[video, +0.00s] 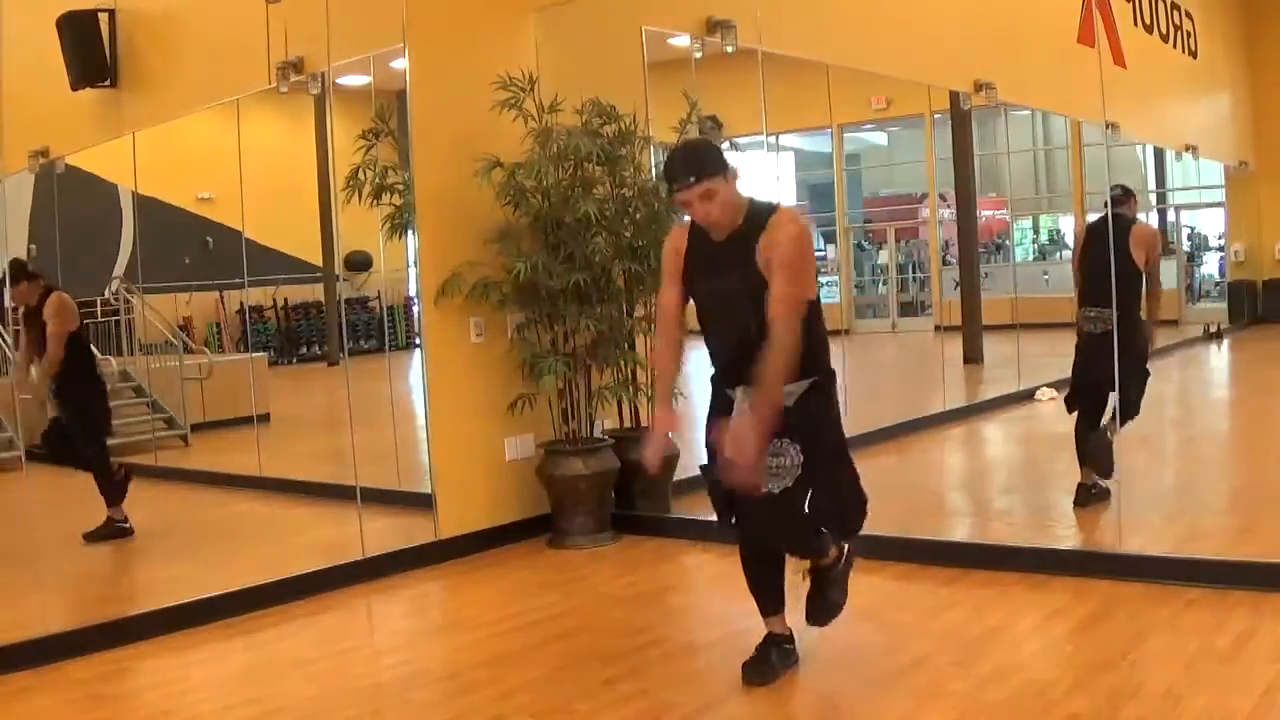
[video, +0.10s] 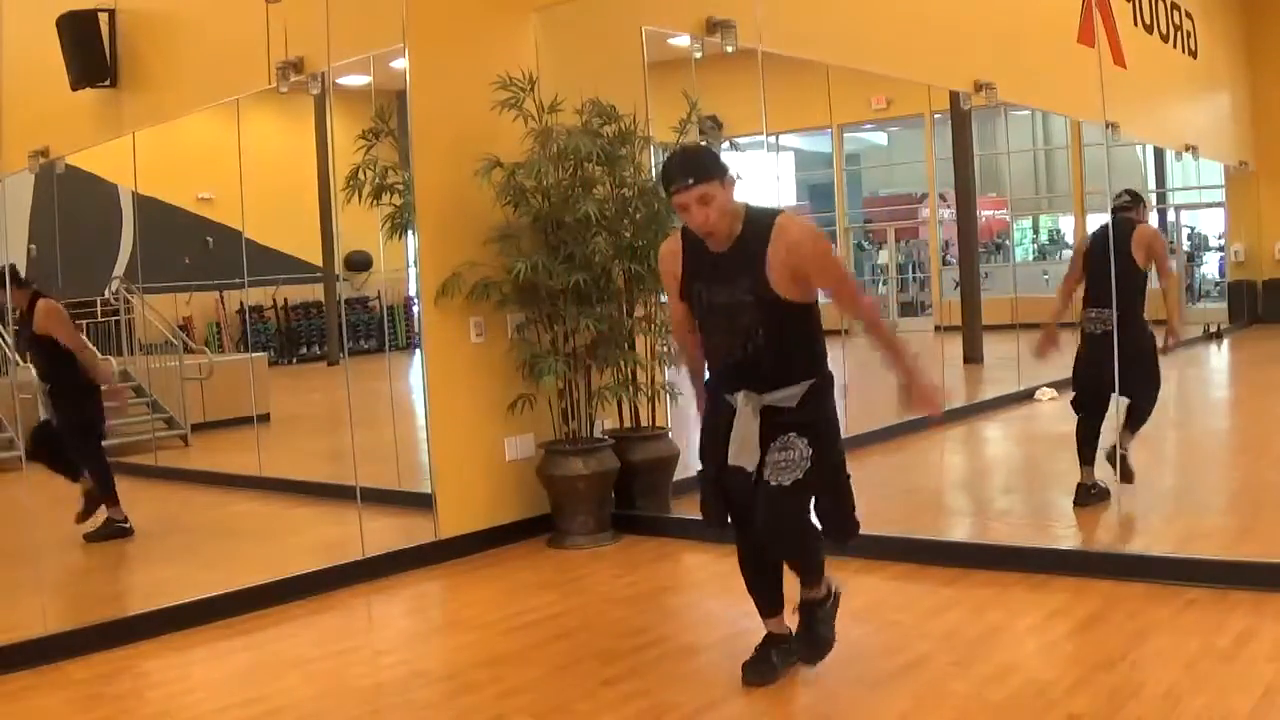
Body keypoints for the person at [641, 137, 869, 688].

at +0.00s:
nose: (699, 214)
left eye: (706, 198)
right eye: (687, 205)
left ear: (731, 180)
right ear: (678, 201)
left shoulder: (784, 229)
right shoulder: (683, 241)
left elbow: (785, 334)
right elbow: (669, 332)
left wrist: (756, 419)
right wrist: (662, 411)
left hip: (798, 392)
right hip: (734, 395)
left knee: (776, 509)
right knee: (749, 515)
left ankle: (828, 555)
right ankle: (777, 637)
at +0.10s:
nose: (697, 218)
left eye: (704, 201)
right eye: (683, 208)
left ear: (728, 185)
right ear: (673, 207)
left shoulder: (790, 235)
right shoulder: (677, 252)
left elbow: (859, 305)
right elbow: (685, 332)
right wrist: (701, 395)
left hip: (797, 401)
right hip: (733, 406)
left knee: (781, 514)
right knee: (748, 525)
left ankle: (817, 592)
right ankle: (776, 634)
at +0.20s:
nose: (707, 217)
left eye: (714, 199)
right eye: (692, 207)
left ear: (735, 188)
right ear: (680, 209)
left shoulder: (793, 231)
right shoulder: (676, 248)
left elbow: (877, 228)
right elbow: (706, 311)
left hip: (799, 405)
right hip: (732, 410)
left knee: (793, 527)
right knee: (750, 529)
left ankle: (802, 651)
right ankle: (776, 633)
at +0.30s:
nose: (720, 220)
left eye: (730, 202)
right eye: (705, 208)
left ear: (752, 193)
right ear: (692, 209)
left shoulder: (799, 232)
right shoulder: (679, 245)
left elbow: (869, 197)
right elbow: (706, 307)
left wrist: (919, 173)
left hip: (803, 415)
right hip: (735, 420)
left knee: (802, 543)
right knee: (752, 537)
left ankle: (802, 685)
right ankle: (776, 632)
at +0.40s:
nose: (733, 224)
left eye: (744, 206)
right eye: (719, 211)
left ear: (766, 199)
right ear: (705, 212)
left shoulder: (813, 246)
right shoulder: (689, 253)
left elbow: (888, 225)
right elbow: (656, 268)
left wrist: (947, 211)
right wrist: (642, 291)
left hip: (807, 431)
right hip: (735, 435)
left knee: (811, 564)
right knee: (753, 544)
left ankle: (811, 705)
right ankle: (777, 631)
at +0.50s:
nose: (749, 213)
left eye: (760, 194)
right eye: (734, 198)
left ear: (781, 190)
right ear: (717, 201)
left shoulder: (835, 250)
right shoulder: (689, 260)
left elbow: (924, 294)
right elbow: (651, 318)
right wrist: (630, 362)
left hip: (815, 433)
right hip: (737, 436)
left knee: (813, 571)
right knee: (746, 553)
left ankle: (810, 706)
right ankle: (773, 620)